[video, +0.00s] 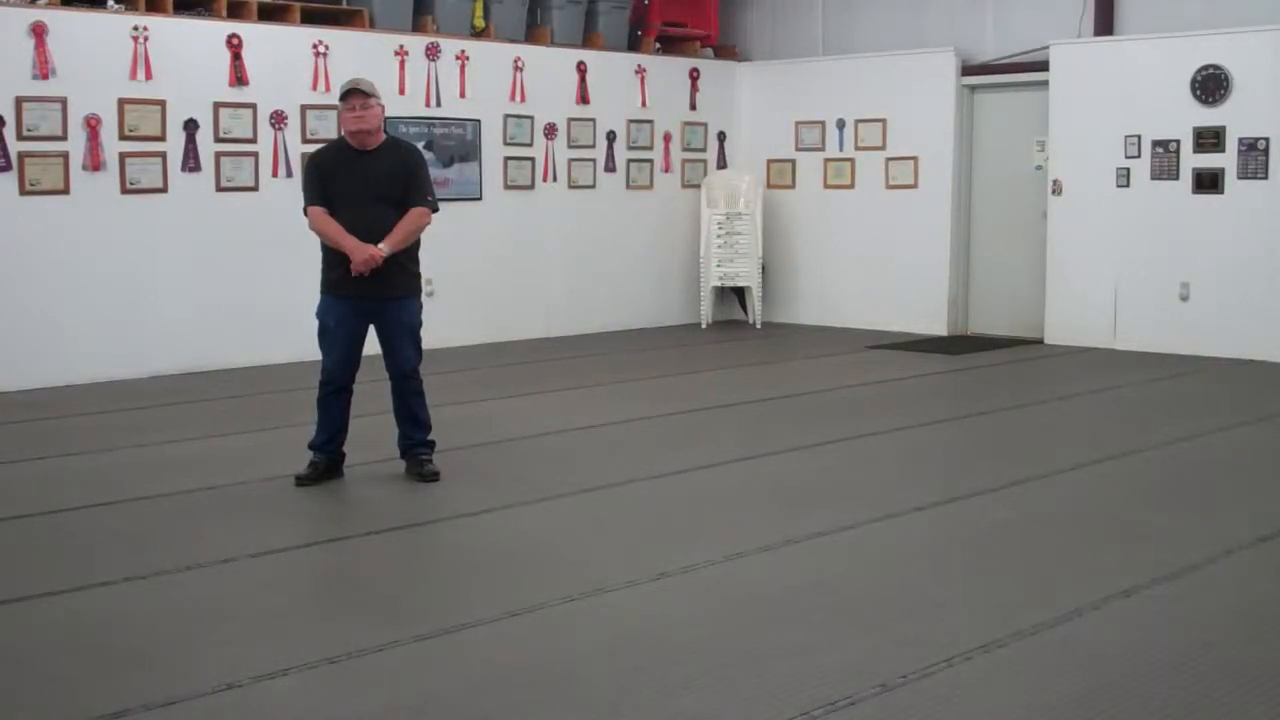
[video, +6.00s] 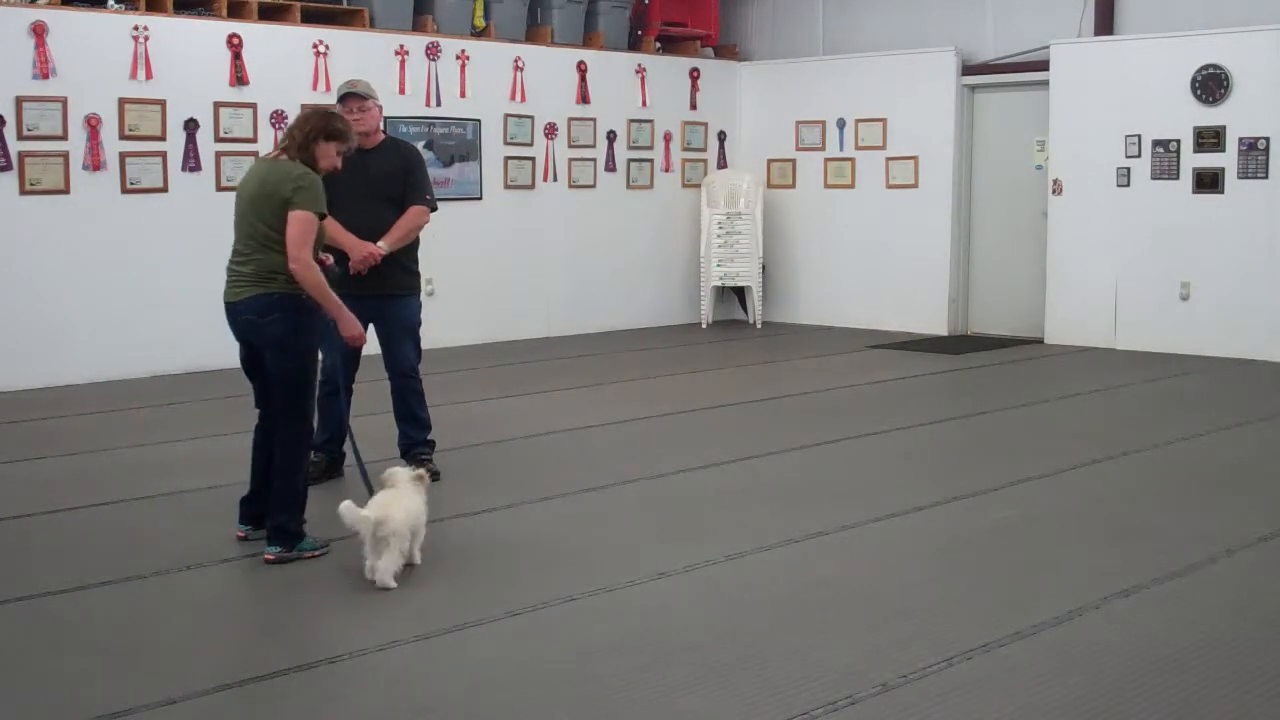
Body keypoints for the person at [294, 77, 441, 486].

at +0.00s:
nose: (358, 113)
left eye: (365, 106)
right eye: (350, 108)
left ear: (381, 111)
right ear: (340, 117)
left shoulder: (407, 156)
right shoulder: (320, 162)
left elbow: (422, 213)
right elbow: (315, 215)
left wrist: (379, 251)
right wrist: (354, 248)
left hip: (397, 287)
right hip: (342, 288)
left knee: (406, 373)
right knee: (335, 376)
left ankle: (418, 452)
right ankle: (326, 455)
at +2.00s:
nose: (359, 114)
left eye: (366, 107)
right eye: (351, 109)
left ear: (383, 112)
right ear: (341, 117)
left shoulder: (408, 155)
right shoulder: (323, 160)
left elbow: (422, 213)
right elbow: (317, 215)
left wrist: (380, 250)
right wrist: (356, 247)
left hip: (398, 286)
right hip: (343, 287)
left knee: (406, 372)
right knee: (335, 375)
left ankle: (419, 452)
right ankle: (327, 455)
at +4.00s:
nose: (357, 116)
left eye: (364, 108)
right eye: (349, 110)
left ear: (380, 112)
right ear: (338, 118)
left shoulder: (406, 155)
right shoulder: (321, 161)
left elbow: (421, 211)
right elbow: (315, 214)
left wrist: (378, 249)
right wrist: (354, 246)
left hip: (397, 288)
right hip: (342, 288)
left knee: (406, 372)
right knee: (335, 375)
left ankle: (419, 451)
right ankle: (327, 455)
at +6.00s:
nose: (358, 116)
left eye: (364, 108)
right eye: (350, 111)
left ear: (380, 112)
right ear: (340, 118)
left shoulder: (405, 154)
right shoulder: (328, 159)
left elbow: (420, 212)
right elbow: (314, 213)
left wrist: (377, 249)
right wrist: (352, 245)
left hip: (396, 287)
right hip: (343, 287)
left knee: (405, 371)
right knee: (334, 374)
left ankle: (418, 452)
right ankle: (327, 453)